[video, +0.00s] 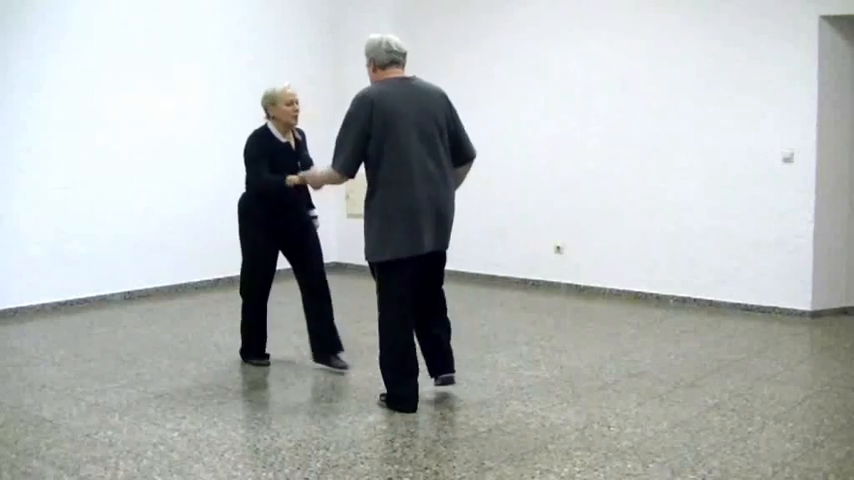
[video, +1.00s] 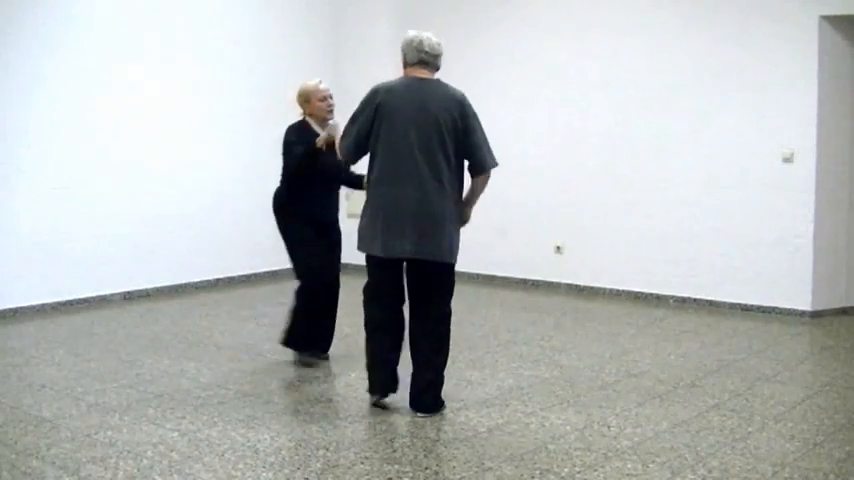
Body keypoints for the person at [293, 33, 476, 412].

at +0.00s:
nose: (367, 72)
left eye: (367, 67)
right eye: (369, 67)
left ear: (373, 66)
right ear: (403, 62)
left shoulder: (369, 99)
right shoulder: (435, 96)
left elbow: (342, 172)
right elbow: (464, 158)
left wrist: (311, 177)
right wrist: (439, 191)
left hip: (392, 221)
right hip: (437, 218)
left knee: (394, 309)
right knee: (430, 294)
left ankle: (402, 396)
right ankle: (443, 370)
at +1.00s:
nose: (404, 67)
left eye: (403, 60)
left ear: (403, 61)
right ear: (439, 63)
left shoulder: (382, 95)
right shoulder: (456, 101)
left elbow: (347, 152)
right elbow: (482, 170)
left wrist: (341, 131)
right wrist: (467, 206)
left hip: (384, 225)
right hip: (437, 227)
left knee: (383, 306)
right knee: (433, 313)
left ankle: (381, 387)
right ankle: (427, 400)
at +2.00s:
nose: (433, 72)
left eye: (432, 67)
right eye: (431, 67)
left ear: (394, 65)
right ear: (418, 69)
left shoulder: (372, 91)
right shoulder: (406, 107)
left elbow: (424, 83)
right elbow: (413, 178)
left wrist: (461, 65)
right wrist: (451, 187)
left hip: (359, 217)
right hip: (391, 223)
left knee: (372, 298)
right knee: (405, 301)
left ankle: (346, 364)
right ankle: (391, 384)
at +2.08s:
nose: (435, 73)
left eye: (434, 67)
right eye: (432, 67)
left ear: (399, 67)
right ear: (414, 69)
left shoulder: (378, 89)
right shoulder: (402, 105)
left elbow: (431, 83)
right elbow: (415, 175)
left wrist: (469, 64)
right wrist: (460, 184)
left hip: (367, 213)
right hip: (392, 220)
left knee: (381, 292)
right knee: (406, 299)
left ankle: (349, 358)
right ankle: (390, 385)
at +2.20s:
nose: (439, 71)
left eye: (439, 64)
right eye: (434, 64)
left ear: (407, 65)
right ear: (416, 67)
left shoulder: (386, 89)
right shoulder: (399, 104)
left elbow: (439, 87)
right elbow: (420, 173)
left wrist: (482, 68)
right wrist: (472, 177)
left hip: (378, 214)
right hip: (393, 221)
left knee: (390, 293)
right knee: (406, 300)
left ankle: (365, 360)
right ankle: (390, 383)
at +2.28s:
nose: (439, 74)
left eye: (438, 67)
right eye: (434, 68)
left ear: (411, 66)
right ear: (413, 68)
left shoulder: (400, 91)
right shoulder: (394, 104)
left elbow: (446, 91)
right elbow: (421, 172)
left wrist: (491, 74)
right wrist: (477, 178)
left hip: (393, 220)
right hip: (392, 224)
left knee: (397, 299)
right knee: (403, 304)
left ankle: (372, 363)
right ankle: (390, 383)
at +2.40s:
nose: (440, 75)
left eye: (440, 67)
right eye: (434, 68)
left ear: (415, 68)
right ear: (409, 69)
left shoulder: (412, 97)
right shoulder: (391, 107)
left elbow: (452, 109)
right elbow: (421, 172)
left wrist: (494, 97)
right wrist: (480, 178)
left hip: (406, 223)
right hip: (388, 228)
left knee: (423, 286)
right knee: (401, 305)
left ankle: (381, 350)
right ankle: (396, 384)